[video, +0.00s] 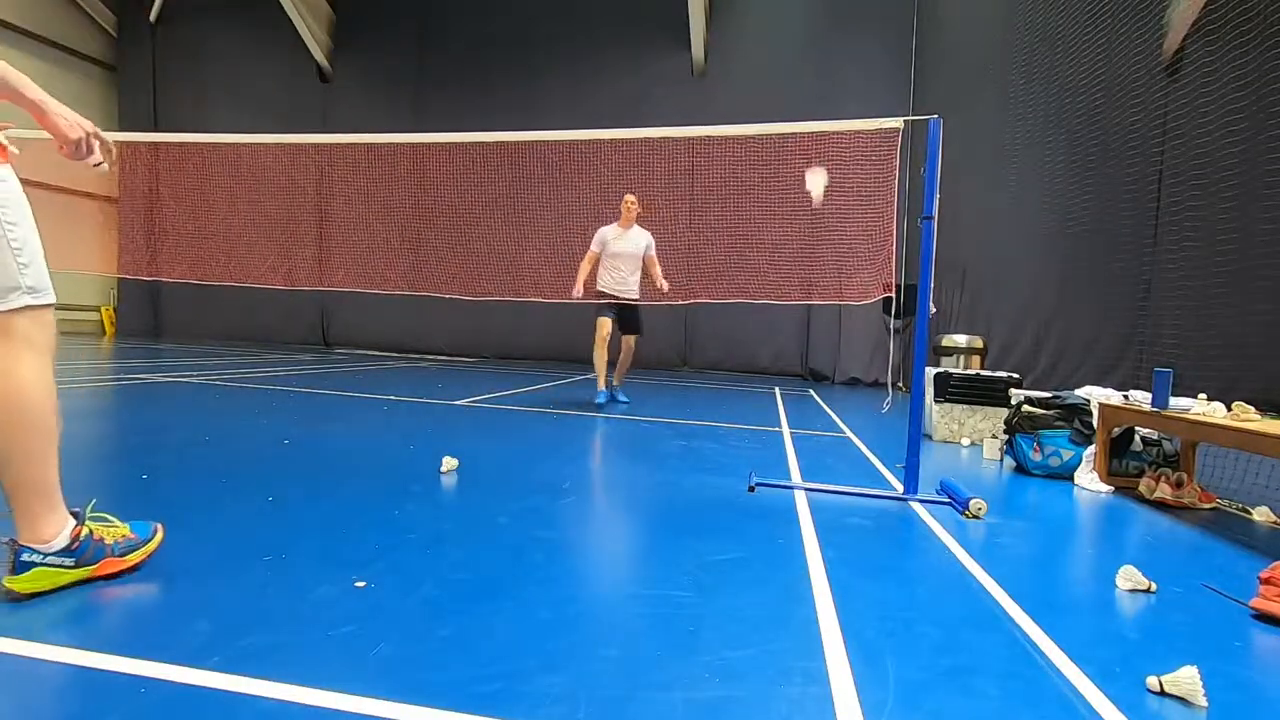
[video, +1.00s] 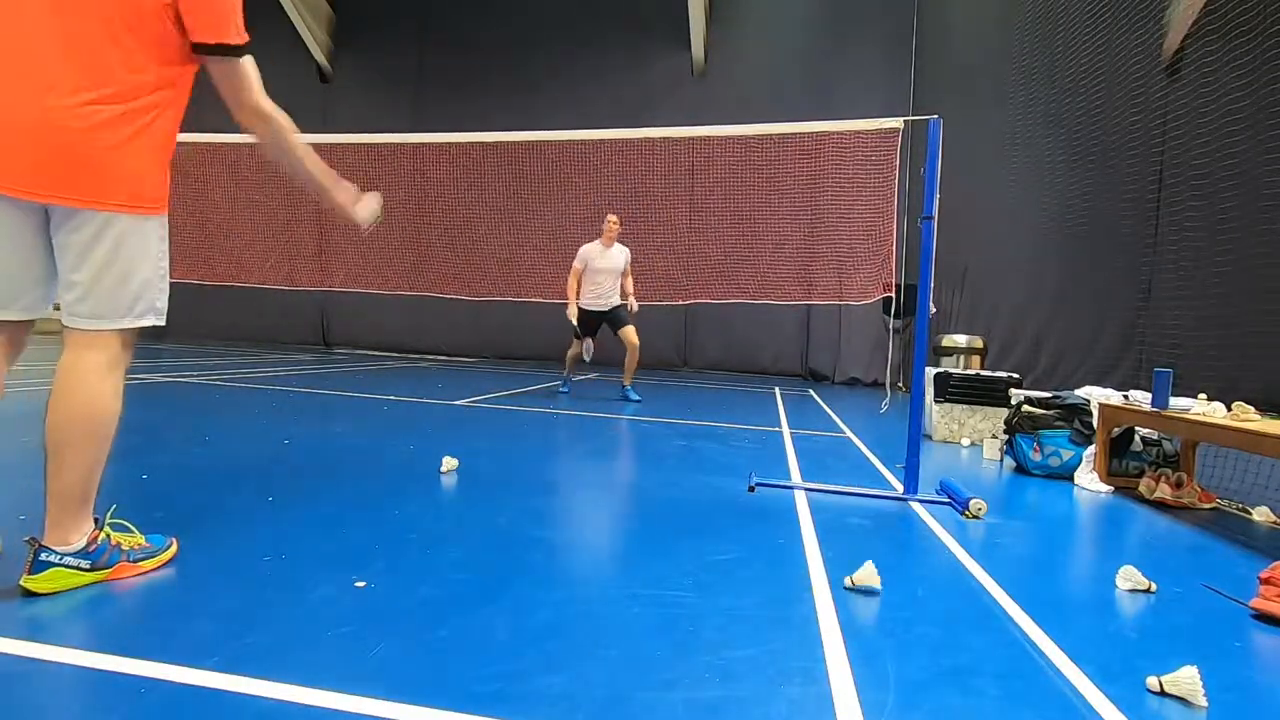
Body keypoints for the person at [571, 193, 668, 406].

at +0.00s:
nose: (629, 206)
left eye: (633, 204)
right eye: (626, 203)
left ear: (639, 209)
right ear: (620, 206)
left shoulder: (646, 237)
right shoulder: (604, 233)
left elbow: (653, 264)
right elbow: (589, 259)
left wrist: (659, 279)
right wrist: (579, 283)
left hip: (630, 297)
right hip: (606, 294)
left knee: (629, 344)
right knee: (603, 334)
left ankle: (616, 386)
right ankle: (601, 388)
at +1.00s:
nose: (611, 226)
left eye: (615, 223)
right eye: (608, 222)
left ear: (620, 228)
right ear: (602, 225)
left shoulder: (624, 252)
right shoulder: (587, 250)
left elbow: (627, 276)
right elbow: (573, 277)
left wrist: (631, 295)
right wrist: (572, 304)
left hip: (614, 307)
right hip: (588, 308)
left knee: (633, 343)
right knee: (576, 350)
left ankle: (627, 386)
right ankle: (566, 377)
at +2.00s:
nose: (659, 232)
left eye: (663, 229)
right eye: (655, 227)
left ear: (666, 235)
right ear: (645, 229)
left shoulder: (658, 256)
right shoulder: (632, 252)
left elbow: (646, 279)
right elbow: (619, 261)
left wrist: (652, 296)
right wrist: (613, 265)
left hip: (635, 309)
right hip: (611, 306)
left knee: (638, 354)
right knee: (623, 339)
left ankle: (623, 382)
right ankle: (626, 400)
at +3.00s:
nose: (593, 221)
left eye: (597, 218)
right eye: (591, 218)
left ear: (603, 223)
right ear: (585, 222)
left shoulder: (613, 247)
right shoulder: (574, 248)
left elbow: (627, 272)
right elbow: (563, 271)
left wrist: (623, 287)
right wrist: (556, 287)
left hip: (606, 303)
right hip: (579, 303)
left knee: (610, 341)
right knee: (564, 342)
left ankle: (613, 388)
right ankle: (557, 382)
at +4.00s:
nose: (676, 232)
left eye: (680, 229)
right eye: (672, 227)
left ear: (683, 235)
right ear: (663, 230)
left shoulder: (674, 261)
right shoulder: (651, 251)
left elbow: (668, 287)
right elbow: (651, 260)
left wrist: (681, 307)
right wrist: (672, 260)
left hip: (658, 316)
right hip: (636, 311)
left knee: (661, 366)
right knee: (656, 341)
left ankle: (638, 386)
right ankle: (658, 403)